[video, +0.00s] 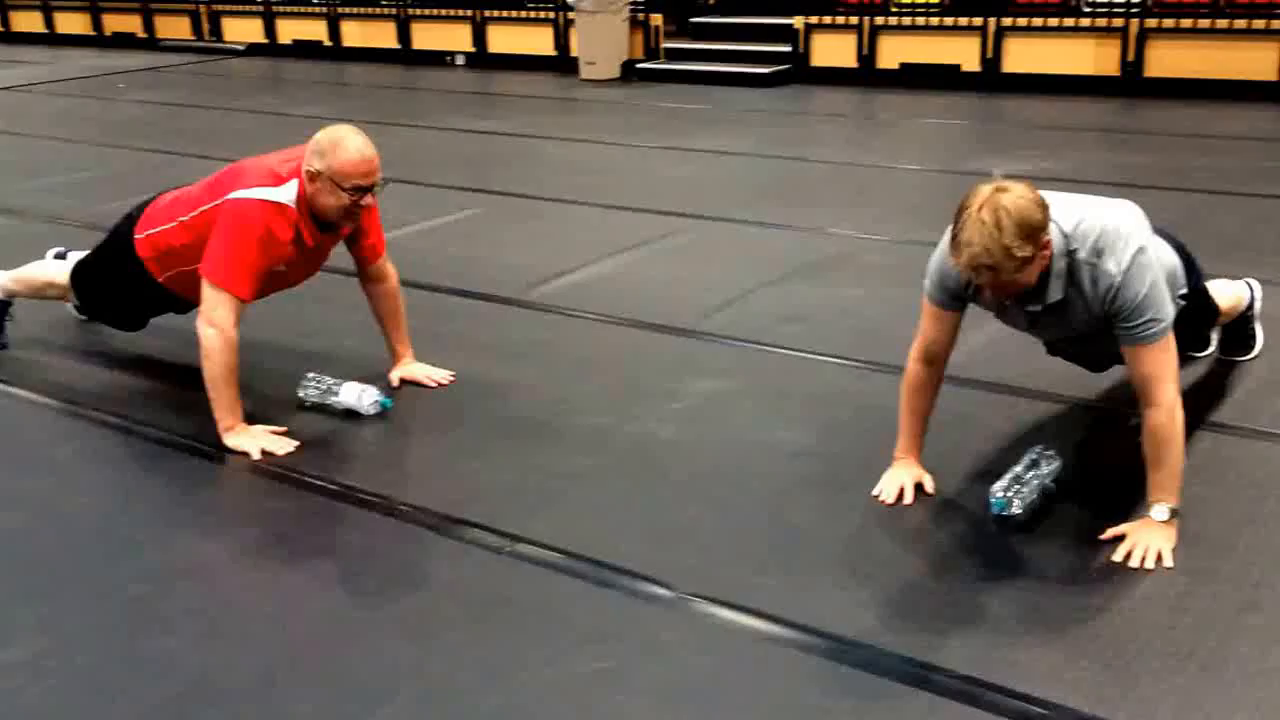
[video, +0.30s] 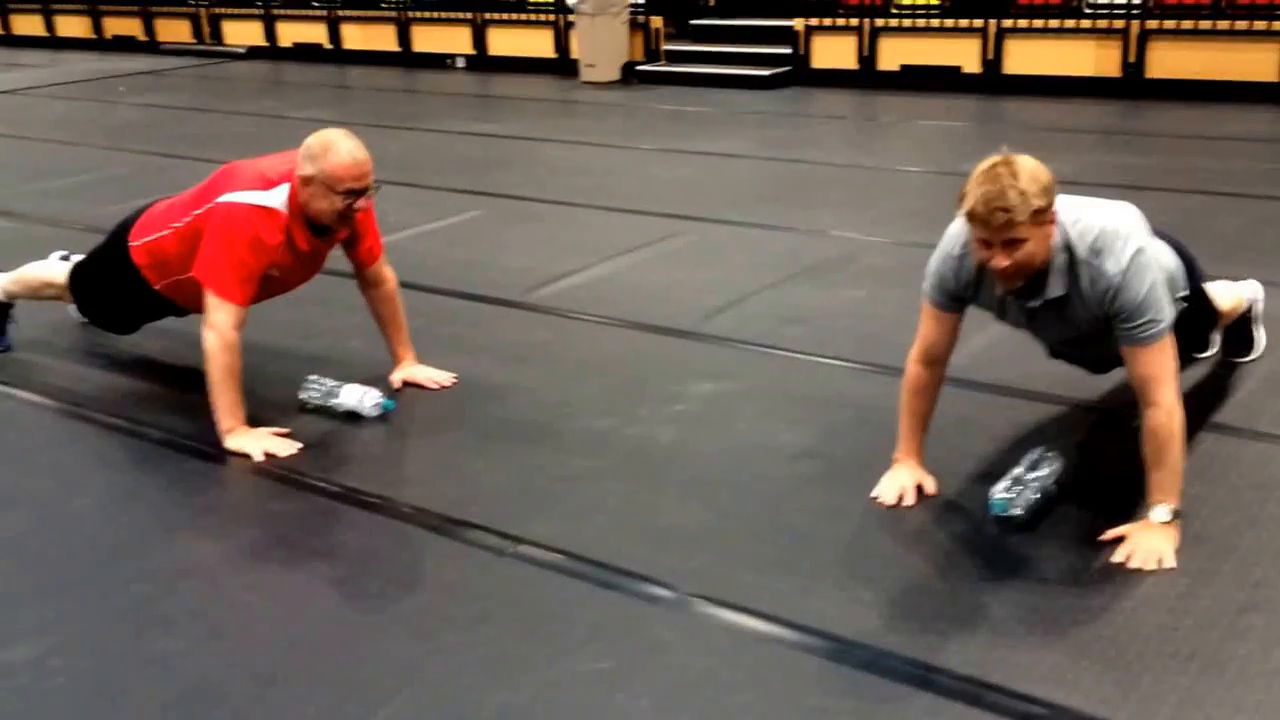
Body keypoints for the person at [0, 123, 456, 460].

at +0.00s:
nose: (365, 202)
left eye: (371, 190)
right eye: (353, 191)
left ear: (374, 180)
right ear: (312, 177)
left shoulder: (351, 197)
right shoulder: (257, 214)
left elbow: (378, 273)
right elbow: (216, 323)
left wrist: (404, 356)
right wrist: (233, 428)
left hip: (190, 265)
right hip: (143, 262)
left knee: (115, 289)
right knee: (74, 283)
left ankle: (71, 267)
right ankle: (4, 285)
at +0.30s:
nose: (359, 204)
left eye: (363, 192)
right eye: (349, 194)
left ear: (363, 186)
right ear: (307, 184)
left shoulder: (347, 196)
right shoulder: (248, 222)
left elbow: (376, 275)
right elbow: (221, 329)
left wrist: (405, 358)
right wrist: (234, 430)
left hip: (193, 273)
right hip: (141, 270)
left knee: (109, 289)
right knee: (73, 284)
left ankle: (67, 271)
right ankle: (5, 288)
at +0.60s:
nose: (358, 205)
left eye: (362, 193)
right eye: (347, 194)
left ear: (363, 185)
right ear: (304, 183)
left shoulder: (346, 199)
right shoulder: (248, 225)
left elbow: (376, 277)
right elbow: (224, 332)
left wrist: (405, 361)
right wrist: (235, 432)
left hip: (192, 274)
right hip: (142, 273)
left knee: (116, 293)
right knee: (73, 286)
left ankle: (73, 276)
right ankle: (5, 290)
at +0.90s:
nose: (360, 207)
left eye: (364, 195)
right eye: (348, 195)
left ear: (365, 187)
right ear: (305, 185)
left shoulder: (347, 202)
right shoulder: (249, 226)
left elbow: (377, 280)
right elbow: (225, 334)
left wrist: (405, 362)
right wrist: (236, 434)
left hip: (193, 277)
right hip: (143, 273)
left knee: (120, 299)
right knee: (76, 288)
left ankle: (73, 277)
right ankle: (6, 291)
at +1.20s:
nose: (360, 208)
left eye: (365, 196)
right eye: (349, 197)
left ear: (366, 188)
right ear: (306, 185)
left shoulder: (347, 203)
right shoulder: (250, 225)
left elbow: (377, 282)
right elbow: (226, 335)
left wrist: (405, 365)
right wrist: (236, 435)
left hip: (195, 279)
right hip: (144, 274)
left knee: (124, 302)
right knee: (75, 288)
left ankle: (75, 283)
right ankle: (5, 293)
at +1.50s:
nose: (359, 209)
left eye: (364, 197)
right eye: (349, 197)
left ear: (366, 189)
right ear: (306, 185)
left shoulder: (347, 205)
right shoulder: (251, 225)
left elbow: (377, 282)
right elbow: (227, 334)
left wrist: (405, 364)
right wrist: (236, 435)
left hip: (195, 280)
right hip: (144, 273)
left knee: (128, 305)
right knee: (76, 288)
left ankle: (80, 290)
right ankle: (5, 294)